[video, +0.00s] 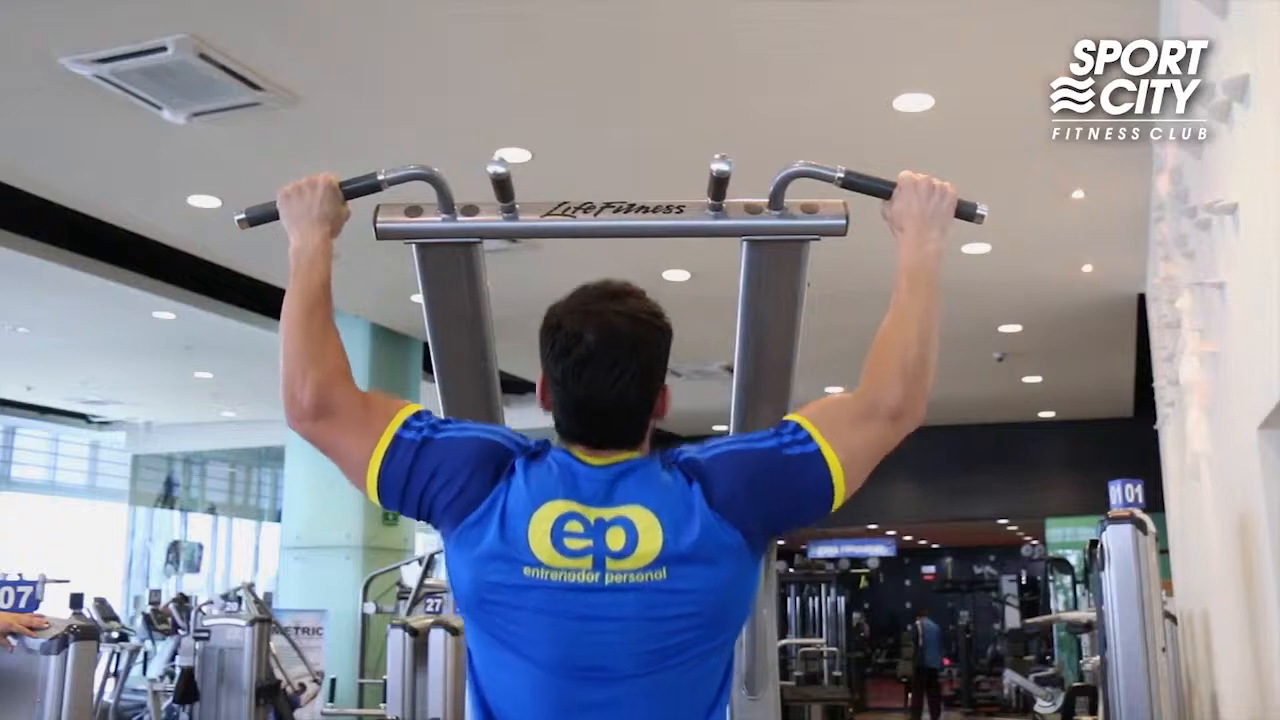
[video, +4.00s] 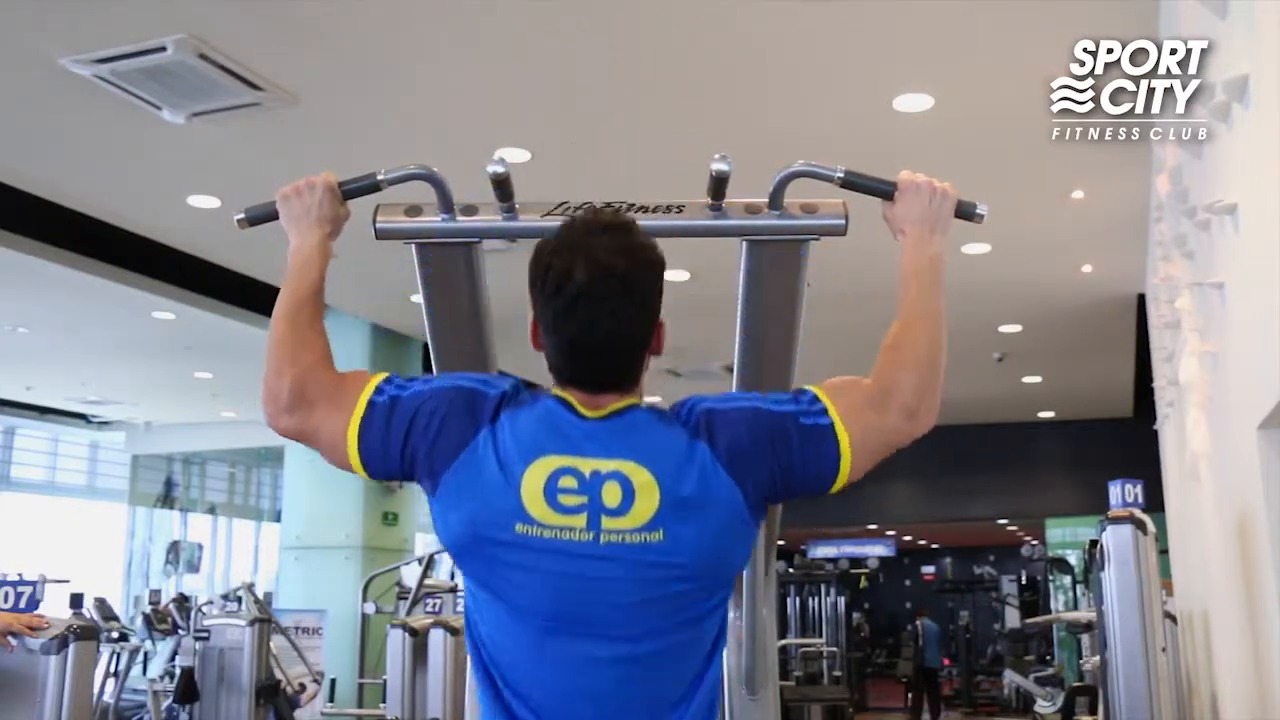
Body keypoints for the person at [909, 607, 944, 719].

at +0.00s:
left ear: (917, 615)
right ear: (927, 614)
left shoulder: (917, 625)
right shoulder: (935, 626)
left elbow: (917, 644)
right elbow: (938, 645)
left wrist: (914, 659)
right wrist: (938, 660)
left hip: (921, 664)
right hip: (934, 664)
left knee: (917, 692)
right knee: (934, 692)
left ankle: (916, 714)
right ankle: (935, 715)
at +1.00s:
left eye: (917, 616)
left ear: (917, 615)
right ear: (927, 615)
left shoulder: (917, 625)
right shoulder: (935, 626)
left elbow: (917, 644)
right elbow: (938, 646)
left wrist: (914, 659)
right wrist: (938, 661)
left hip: (921, 664)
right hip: (934, 664)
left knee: (917, 692)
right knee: (934, 692)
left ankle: (916, 714)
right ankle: (935, 715)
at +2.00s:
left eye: (917, 616)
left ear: (917, 615)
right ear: (927, 615)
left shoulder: (917, 626)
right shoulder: (935, 626)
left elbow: (917, 644)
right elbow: (938, 645)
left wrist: (914, 659)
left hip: (921, 664)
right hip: (934, 664)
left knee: (918, 692)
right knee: (933, 692)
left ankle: (916, 714)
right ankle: (935, 715)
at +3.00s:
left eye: (917, 616)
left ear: (917, 615)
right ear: (927, 615)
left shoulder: (917, 625)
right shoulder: (935, 626)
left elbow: (917, 644)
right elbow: (938, 645)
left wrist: (914, 658)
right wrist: (938, 660)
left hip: (920, 663)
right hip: (934, 664)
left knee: (917, 692)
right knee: (933, 691)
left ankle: (916, 714)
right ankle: (935, 715)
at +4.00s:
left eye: (917, 616)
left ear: (917, 615)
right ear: (927, 615)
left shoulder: (917, 625)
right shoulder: (935, 626)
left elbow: (917, 644)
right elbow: (938, 645)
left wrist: (914, 658)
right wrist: (938, 659)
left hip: (921, 664)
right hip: (934, 664)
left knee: (917, 692)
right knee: (933, 692)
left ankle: (916, 715)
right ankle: (935, 715)